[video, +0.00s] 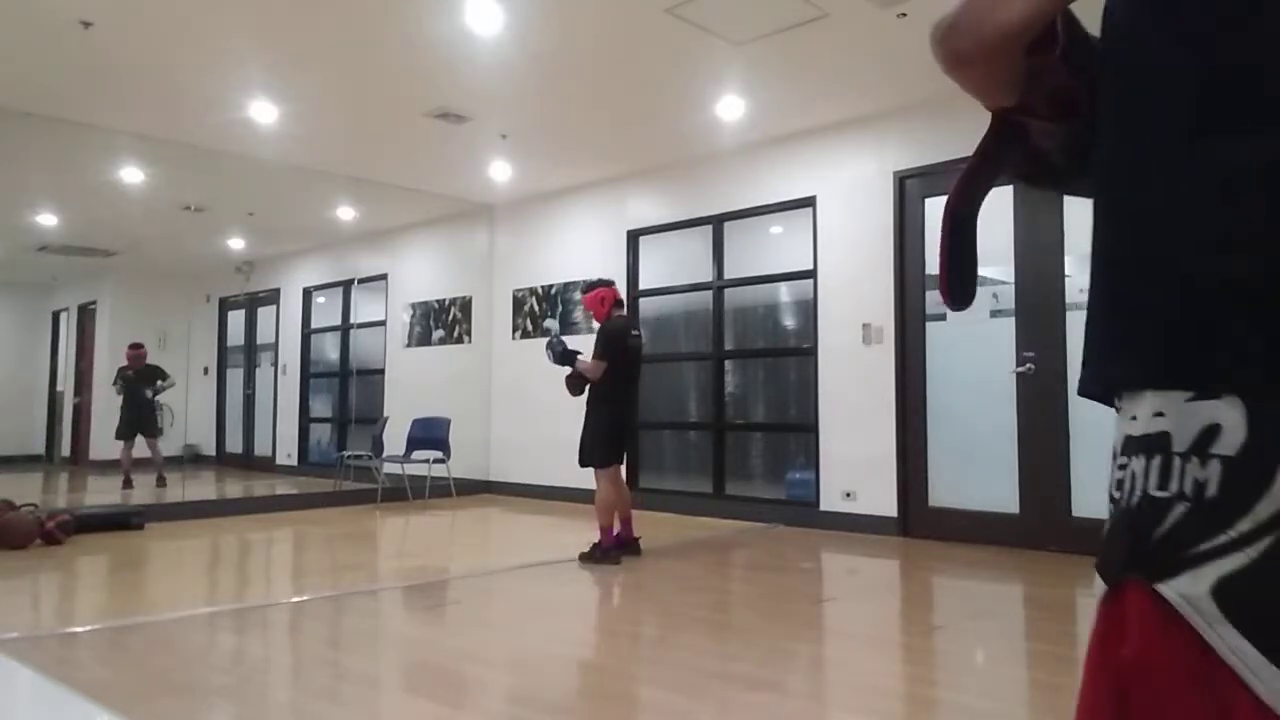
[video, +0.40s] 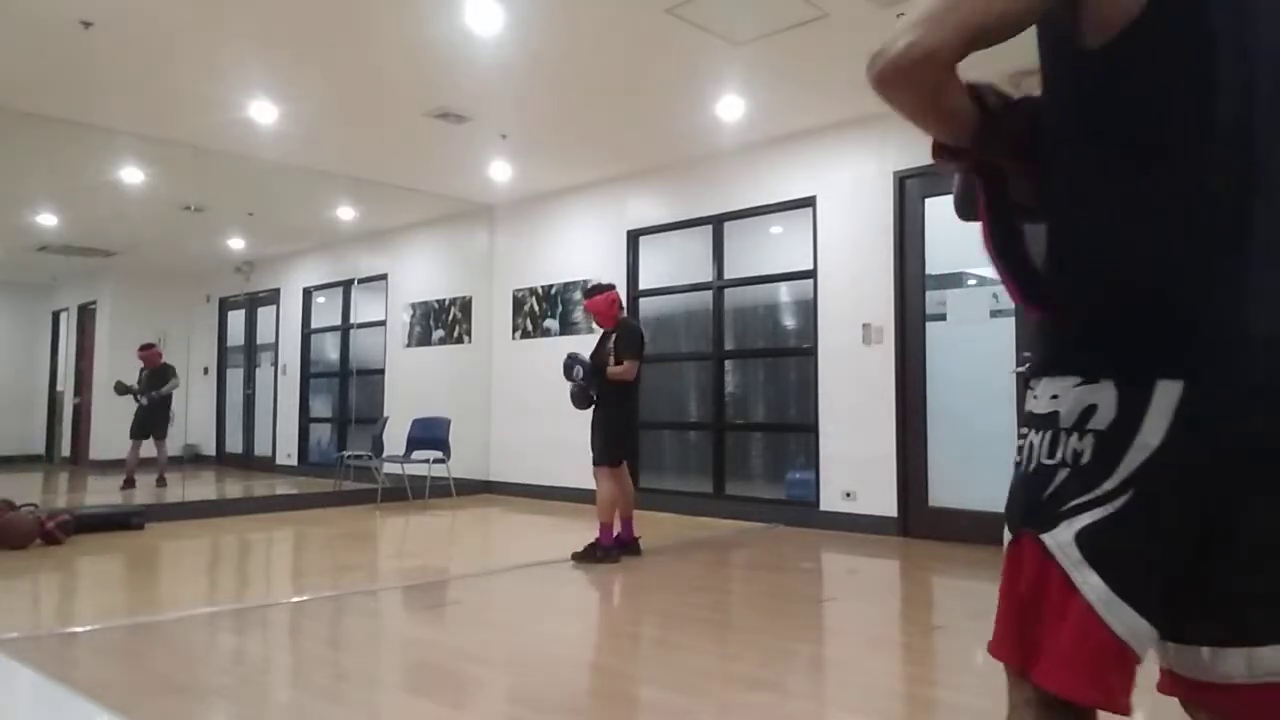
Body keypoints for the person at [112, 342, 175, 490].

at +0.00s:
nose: (131, 362)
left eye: (134, 358)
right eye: (129, 358)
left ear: (143, 358)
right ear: (127, 357)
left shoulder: (153, 370)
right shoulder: (123, 371)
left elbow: (171, 381)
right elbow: (118, 390)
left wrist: (156, 391)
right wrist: (123, 382)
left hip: (147, 413)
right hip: (129, 413)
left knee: (152, 444)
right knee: (127, 445)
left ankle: (160, 475)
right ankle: (127, 478)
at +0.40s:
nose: (143, 362)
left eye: (145, 359)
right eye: (142, 359)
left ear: (154, 357)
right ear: (143, 358)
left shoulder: (168, 369)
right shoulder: (144, 371)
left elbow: (175, 382)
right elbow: (140, 388)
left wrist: (158, 393)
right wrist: (130, 389)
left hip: (160, 412)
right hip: (143, 411)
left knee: (160, 444)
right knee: (135, 444)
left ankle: (161, 476)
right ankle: (129, 478)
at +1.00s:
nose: (139, 361)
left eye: (140, 357)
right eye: (137, 358)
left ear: (148, 355)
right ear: (142, 357)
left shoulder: (159, 369)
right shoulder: (145, 372)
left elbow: (157, 384)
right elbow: (137, 389)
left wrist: (139, 384)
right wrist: (121, 392)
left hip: (151, 413)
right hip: (137, 413)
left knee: (151, 444)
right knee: (136, 444)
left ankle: (159, 476)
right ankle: (137, 476)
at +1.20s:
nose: (132, 362)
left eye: (133, 359)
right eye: (131, 359)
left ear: (141, 357)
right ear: (140, 358)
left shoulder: (151, 371)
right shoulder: (140, 372)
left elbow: (147, 384)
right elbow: (129, 383)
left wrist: (129, 384)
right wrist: (126, 384)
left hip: (139, 411)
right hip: (131, 410)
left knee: (135, 444)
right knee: (133, 444)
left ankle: (157, 472)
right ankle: (136, 476)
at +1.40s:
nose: (125, 361)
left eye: (126, 357)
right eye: (124, 357)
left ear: (135, 355)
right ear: (134, 356)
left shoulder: (144, 369)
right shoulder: (135, 370)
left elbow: (136, 384)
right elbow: (130, 385)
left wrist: (117, 383)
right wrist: (113, 384)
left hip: (133, 411)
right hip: (129, 409)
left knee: (120, 440)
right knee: (131, 442)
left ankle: (138, 474)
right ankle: (138, 476)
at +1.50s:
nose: (122, 361)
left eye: (123, 357)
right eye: (121, 358)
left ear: (131, 355)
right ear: (133, 355)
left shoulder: (136, 369)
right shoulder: (141, 368)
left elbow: (127, 384)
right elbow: (130, 388)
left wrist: (108, 386)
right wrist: (117, 398)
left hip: (129, 410)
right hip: (134, 410)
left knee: (116, 439)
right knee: (131, 441)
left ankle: (123, 475)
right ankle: (136, 476)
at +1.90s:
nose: (109, 359)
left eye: (111, 355)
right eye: (109, 356)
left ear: (119, 354)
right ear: (123, 354)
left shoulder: (122, 370)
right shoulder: (128, 368)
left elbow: (112, 395)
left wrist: (98, 397)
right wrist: (100, 389)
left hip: (115, 412)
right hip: (118, 411)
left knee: (111, 443)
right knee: (112, 443)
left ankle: (112, 478)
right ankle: (131, 472)